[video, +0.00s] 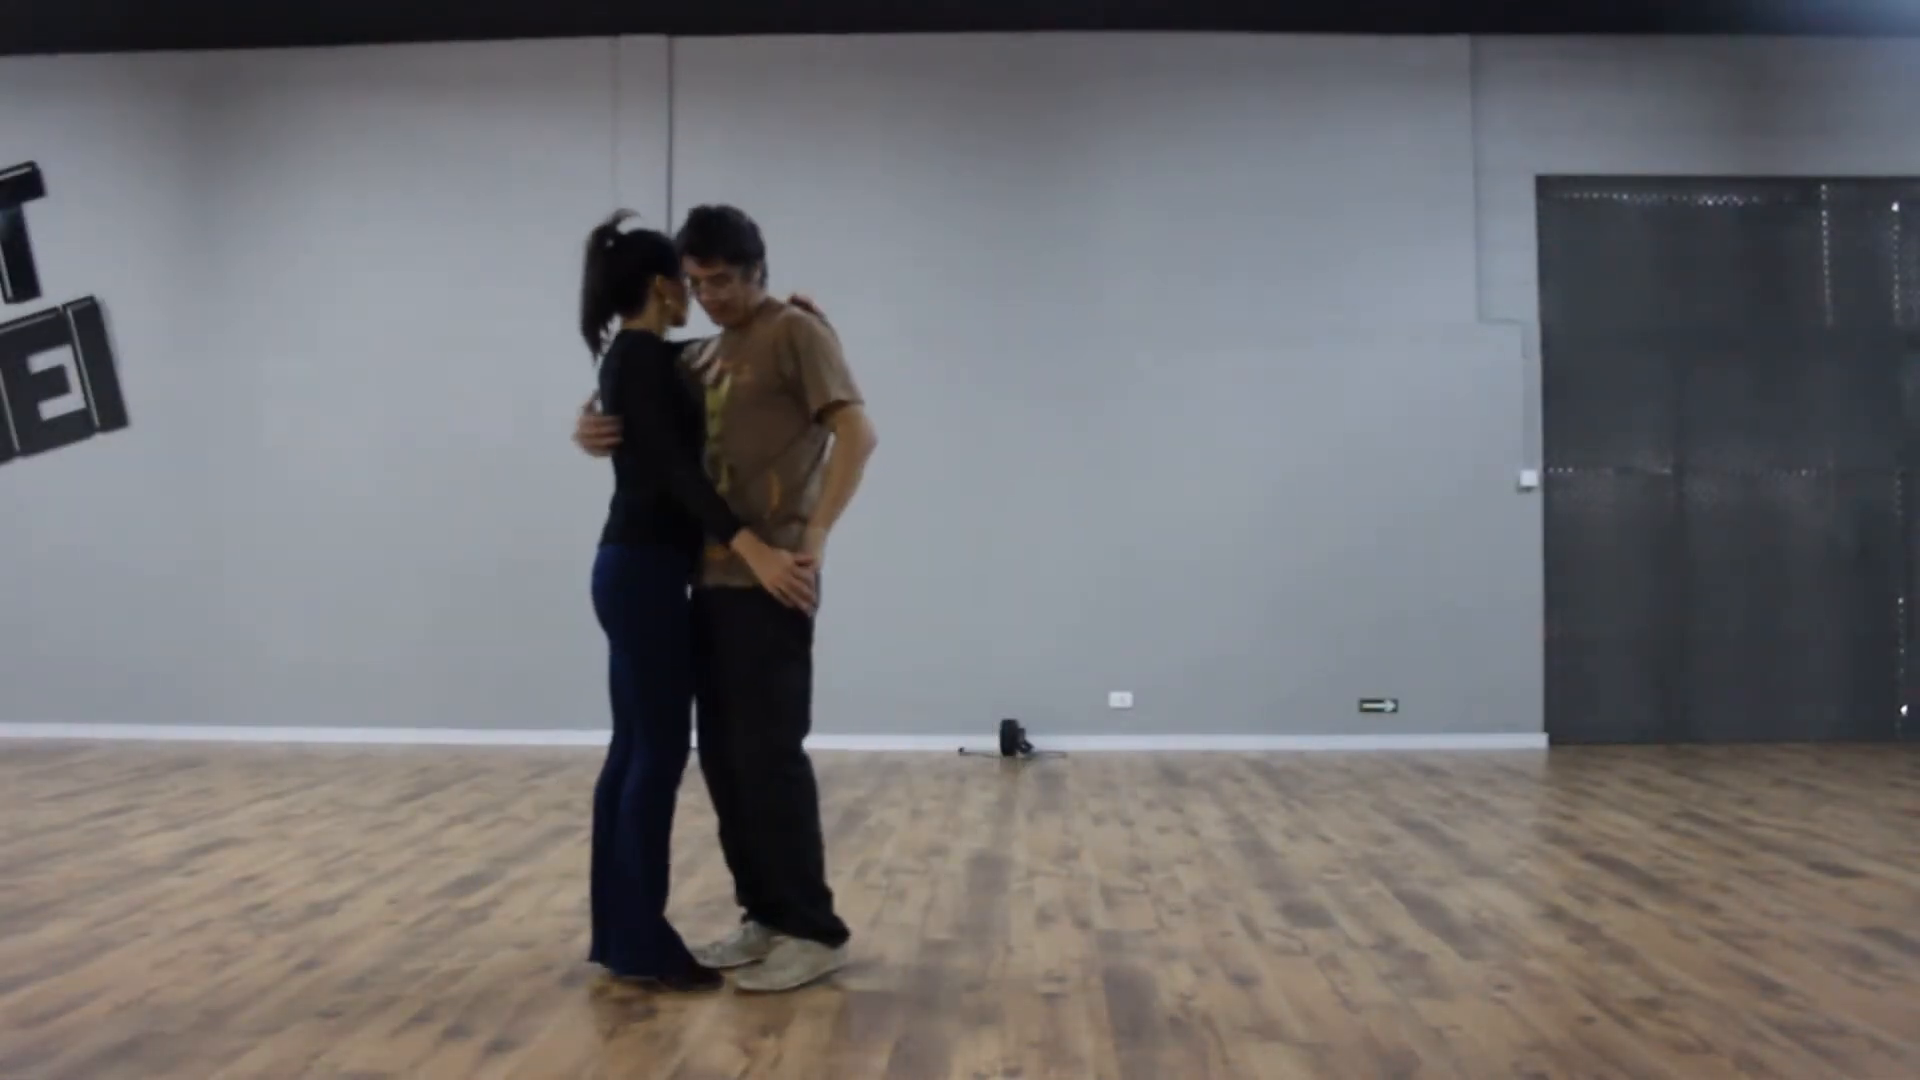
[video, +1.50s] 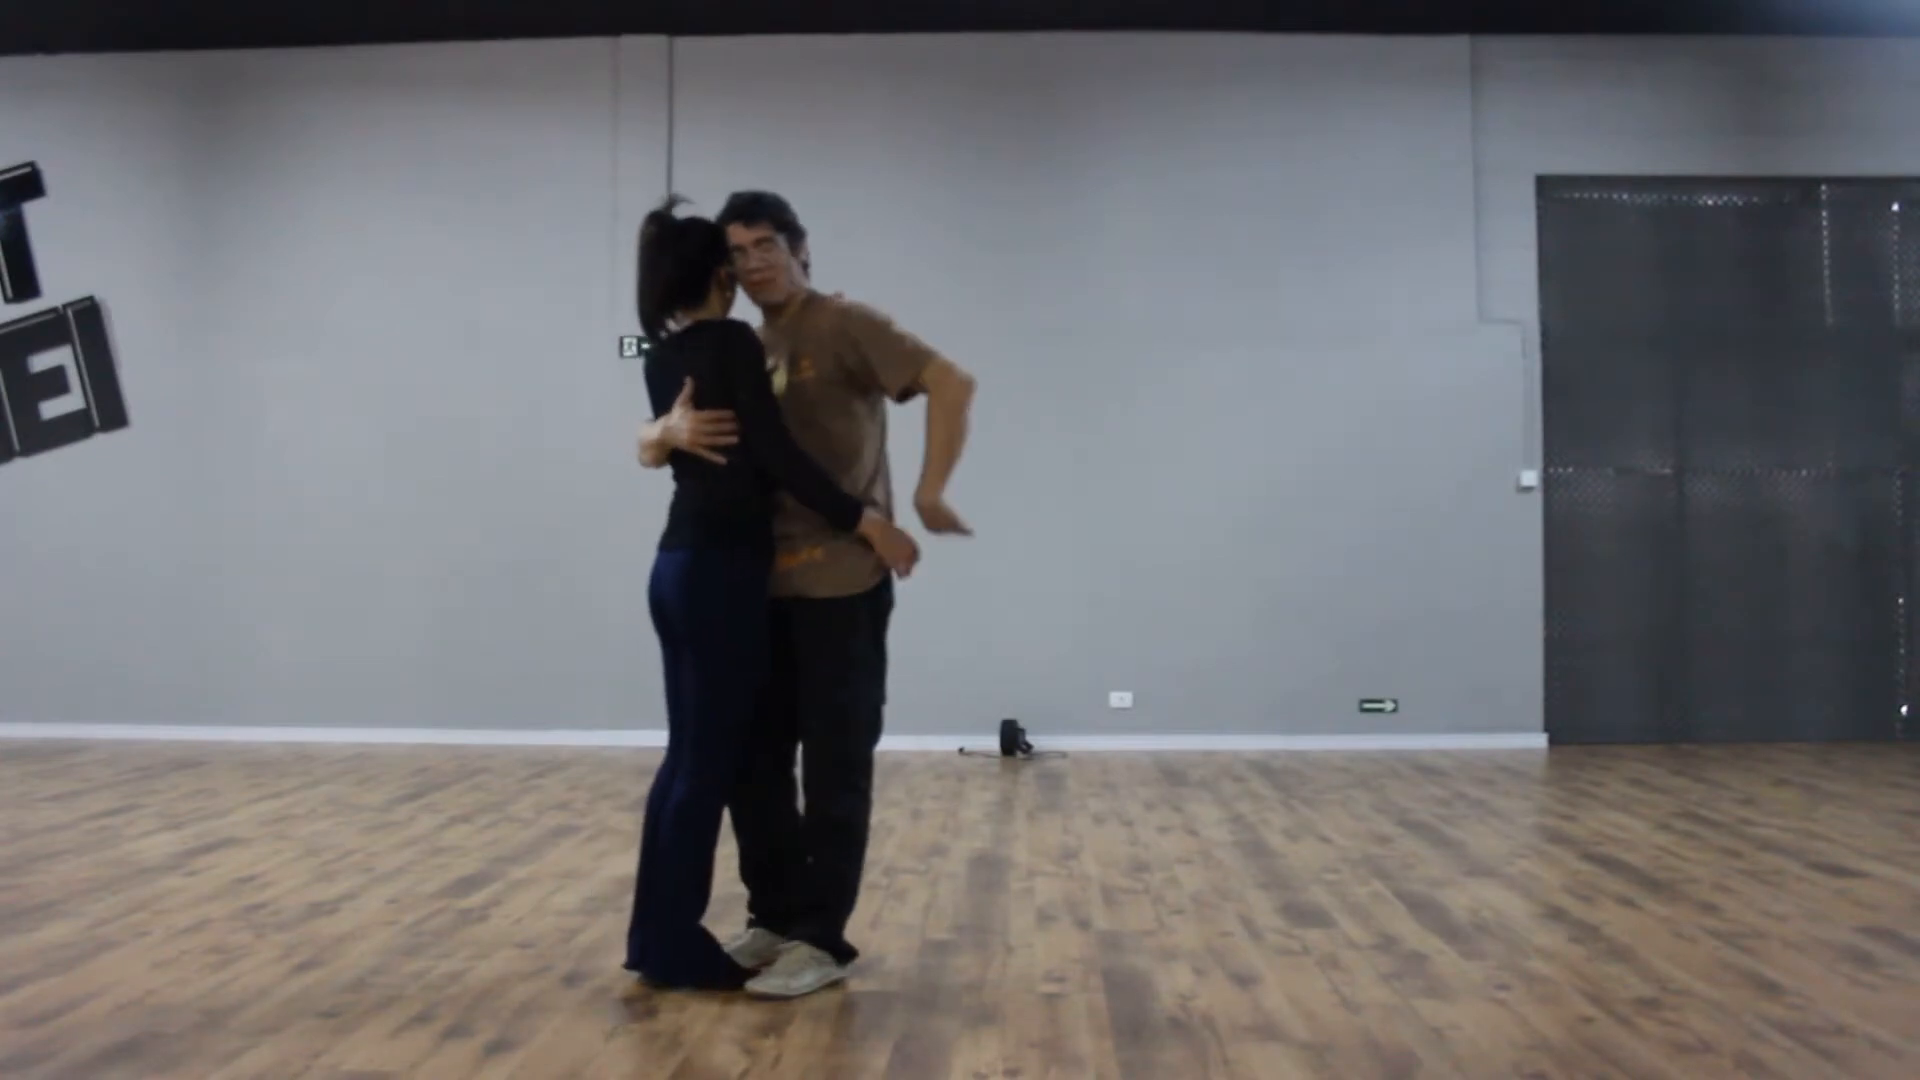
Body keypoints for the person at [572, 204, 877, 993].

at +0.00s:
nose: (710, 295)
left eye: (723, 280)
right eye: (698, 282)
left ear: (756, 269)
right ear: (685, 281)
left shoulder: (797, 331)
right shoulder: (699, 355)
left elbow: (855, 436)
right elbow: (651, 415)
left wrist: (810, 544)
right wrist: (589, 429)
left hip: (772, 582)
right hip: (713, 581)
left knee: (768, 753)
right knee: (724, 757)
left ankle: (812, 932)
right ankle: (765, 920)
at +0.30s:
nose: (706, 286)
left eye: (720, 270)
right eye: (696, 273)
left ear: (757, 268)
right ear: (686, 279)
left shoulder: (803, 336)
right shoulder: (701, 359)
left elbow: (870, 436)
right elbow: (635, 417)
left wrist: (834, 546)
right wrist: (600, 434)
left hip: (778, 586)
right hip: (713, 585)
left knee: (779, 757)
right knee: (728, 759)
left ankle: (812, 935)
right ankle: (766, 920)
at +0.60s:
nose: (725, 266)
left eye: (738, 250)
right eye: (712, 256)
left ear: (769, 256)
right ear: (700, 270)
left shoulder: (814, 333)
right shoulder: (708, 353)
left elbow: (892, 424)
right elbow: (615, 430)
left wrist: (863, 537)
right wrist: (621, 429)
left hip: (791, 581)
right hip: (720, 583)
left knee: (790, 761)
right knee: (737, 761)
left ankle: (814, 939)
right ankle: (768, 920)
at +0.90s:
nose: (746, 258)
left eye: (757, 242)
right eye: (731, 250)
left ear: (787, 248)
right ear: (719, 267)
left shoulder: (836, 326)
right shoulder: (724, 347)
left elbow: (927, 408)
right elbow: (625, 436)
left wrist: (888, 510)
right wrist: (648, 424)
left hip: (816, 584)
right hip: (741, 584)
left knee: (811, 762)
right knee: (752, 759)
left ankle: (818, 940)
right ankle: (770, 922)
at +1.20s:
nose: (756, 259)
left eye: (768, 242)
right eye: (740, 249)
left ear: (798, 248)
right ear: (729, 264)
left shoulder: (847, 324)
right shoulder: (733, 345)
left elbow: (946, 394)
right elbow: (641, 447)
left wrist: (902, 491)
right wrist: (663, 425)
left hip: (837, 584)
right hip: (756, 585)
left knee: (831, 766)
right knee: (753, 761)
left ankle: (822, 942)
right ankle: (773, 919)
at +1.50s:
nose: (755, 263)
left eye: (766, 246)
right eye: (739, 253)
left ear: (799, 249)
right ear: (728, 266)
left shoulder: (846, 326)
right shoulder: (735, 349)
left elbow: (950, 384)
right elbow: (646, 451)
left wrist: (930, 495)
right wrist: (667, 431)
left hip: (842, 587)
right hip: (761, 588)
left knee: (833, 767)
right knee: (756, 762)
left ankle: (822, 942)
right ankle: (774, 922)